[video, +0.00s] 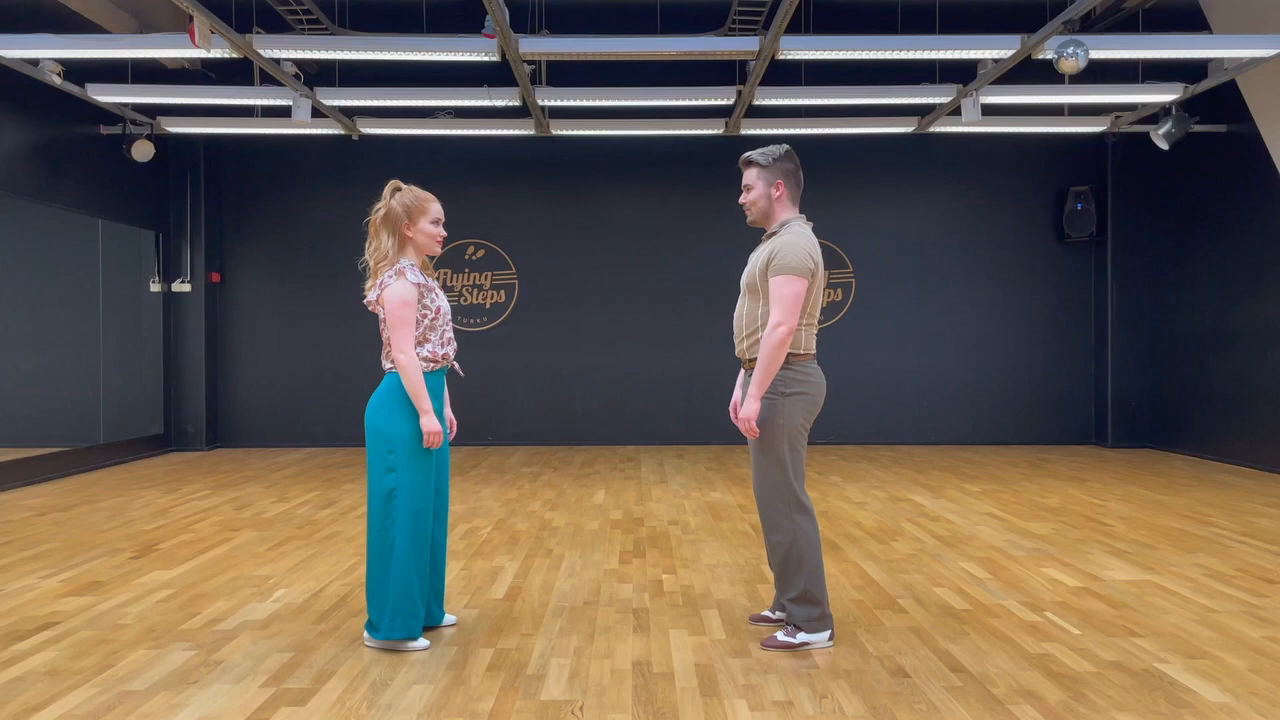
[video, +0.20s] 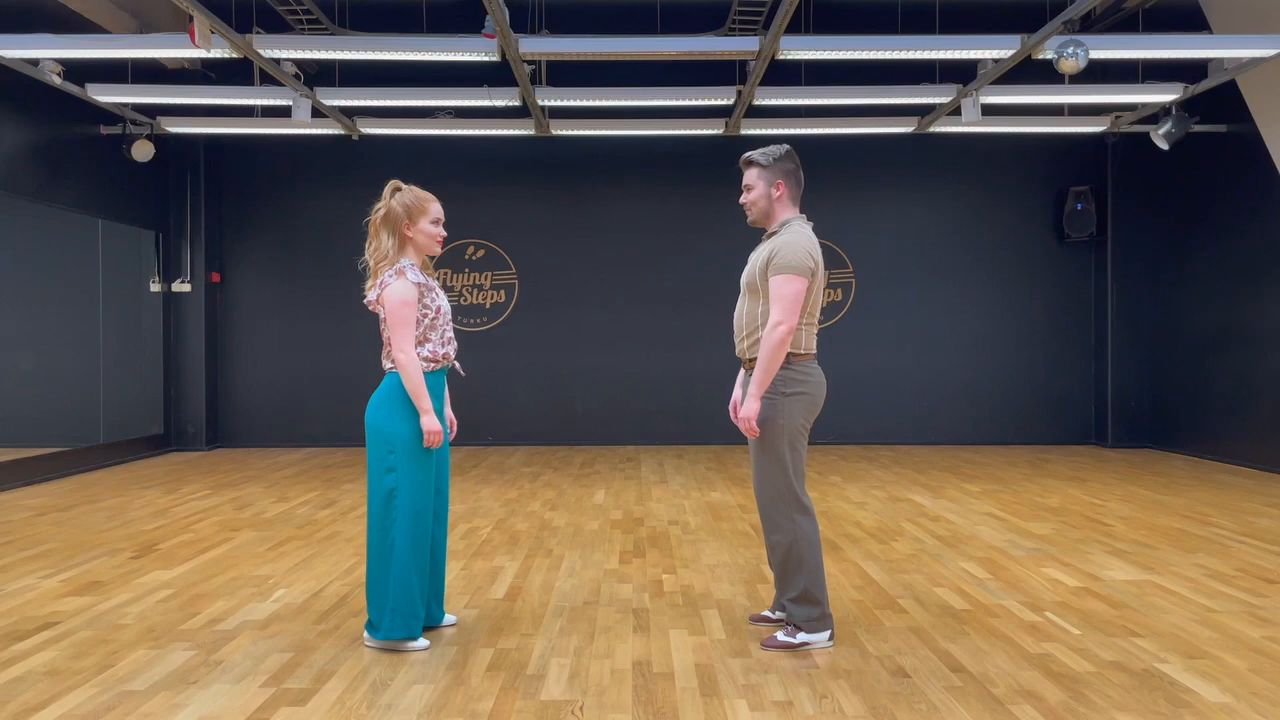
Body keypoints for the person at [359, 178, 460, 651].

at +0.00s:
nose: (444, 230)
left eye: (443, 222)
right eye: (435, 223)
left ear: (416, 229)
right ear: (407, 228)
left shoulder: (422, 277)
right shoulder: (400, 281)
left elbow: (428, 349)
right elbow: (402, 352)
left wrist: (444, 402)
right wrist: (425, 411)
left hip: (425, 399)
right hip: (401, 404)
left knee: (427, 513)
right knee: (401, 518)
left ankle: (423, 609)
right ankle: (388, 625)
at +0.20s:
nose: (444, 230)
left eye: (443, 221)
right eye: (435, 222)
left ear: (416, 229)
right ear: (407, 228)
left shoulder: (422, 277)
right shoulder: (399, 281)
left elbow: (429, 348)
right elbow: (402, 352)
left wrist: (444, 403)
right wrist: (425, 411)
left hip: (426, 399)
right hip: (401, 404)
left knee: (427, 513)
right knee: (401, 518)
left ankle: (423, 609)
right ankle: (388, 625)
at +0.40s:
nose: (444, 230)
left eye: (443, 221)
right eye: (435, 222)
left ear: (416, 229)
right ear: (408, 228)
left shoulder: (423, 277)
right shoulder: (400, 280)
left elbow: (430, 348)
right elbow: (402, 351)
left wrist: (445, 402)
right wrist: (426, 410)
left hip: (426, 399)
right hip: (401, 404)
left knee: (427, 513)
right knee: (401, 518)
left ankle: (423, 609)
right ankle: (388, 625)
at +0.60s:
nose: (445, 230)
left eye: (444, 222)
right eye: (436, 223)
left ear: (416, 229)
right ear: (408, 228)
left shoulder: (423, 277)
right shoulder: (401, 281)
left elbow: (431, 348)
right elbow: (403, 352)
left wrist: (446, 402)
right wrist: (427, 410)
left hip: (427, 399)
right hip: (401, 404)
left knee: (428, 513)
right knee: (401, 518)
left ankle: (423, 609)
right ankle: (388, 625)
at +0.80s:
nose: (446, 231)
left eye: (445, 222)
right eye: (437, 223)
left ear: (417, 229)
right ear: (410, 229)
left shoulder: (424, 277)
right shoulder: (403, 282)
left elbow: (431, 348)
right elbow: (403, 353)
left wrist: (446, 402)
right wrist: (426, 411)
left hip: (426, 401)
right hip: (402, 406)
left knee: (427, 514)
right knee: (402, 519)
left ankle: (422, 609)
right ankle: (389, 626)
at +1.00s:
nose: (453, 232)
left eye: (452, 223)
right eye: (444, 224)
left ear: (434, 229)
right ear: (415, 229)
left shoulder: (450, 282)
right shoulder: (400, 282)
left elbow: (465, 339)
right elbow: (400, 351)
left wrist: (482, 371)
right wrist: (452, 386)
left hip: (433, 407)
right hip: (397, 408)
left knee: (430, 510)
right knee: (398, 514)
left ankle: (424, 607)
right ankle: (391, 624)